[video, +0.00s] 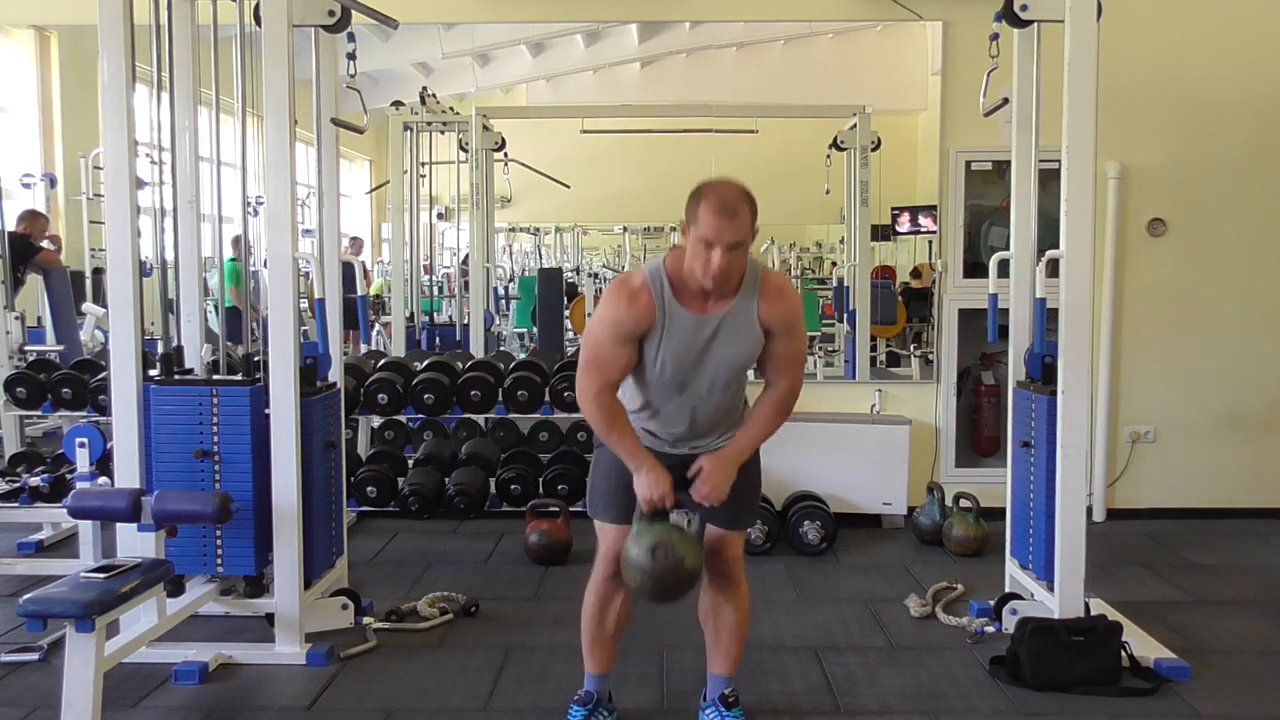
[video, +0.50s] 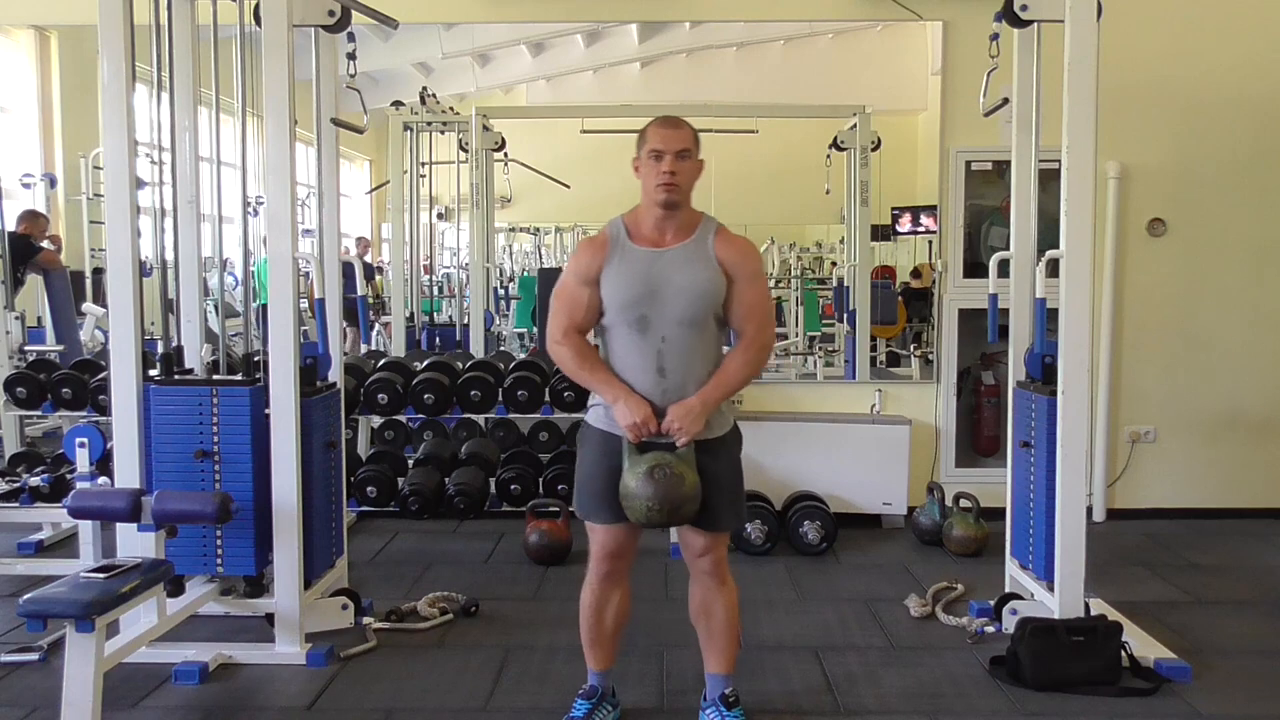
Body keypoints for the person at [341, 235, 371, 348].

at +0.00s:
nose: (361, 250)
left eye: (362, 247)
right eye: (359, 247)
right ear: (351, 245)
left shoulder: (361, 264)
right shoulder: (340, 262)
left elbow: (369, 282)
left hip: (358, 300)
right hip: (343, 300)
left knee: (356, 340)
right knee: (342, 338)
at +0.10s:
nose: (362, 250)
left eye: (363, 247)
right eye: (360, 246)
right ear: (352, 246)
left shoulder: (362, 264)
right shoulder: (342, 262)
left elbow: (368, 281)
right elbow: (338, 280)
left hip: (359, 300)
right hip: (345, 300)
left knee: (356, 339)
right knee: (343, 337)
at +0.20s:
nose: (363, 249)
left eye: (364, 247)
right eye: (361, 246)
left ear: (364, 247)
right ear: (353, 246)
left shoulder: (364, 266)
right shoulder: (342, 264)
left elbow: (369, 286)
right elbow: (338, 284)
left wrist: (372, 306)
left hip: (360, 303)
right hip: (345, 302)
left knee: (357, 339)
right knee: (343, 336)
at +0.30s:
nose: (364, 249)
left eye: (365, 246)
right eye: (362, 246)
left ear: (366, 247)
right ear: (354, 246)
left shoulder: (366, 266)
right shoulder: (343, 263)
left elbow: (370, 285)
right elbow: (339, 283)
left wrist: (374, 301)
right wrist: (338, 300)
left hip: (360, 302)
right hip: (346, 301)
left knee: (357, 338)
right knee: (345, 336)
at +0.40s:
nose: (366, 250)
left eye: (367, 247)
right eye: (363, 246)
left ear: (367, 248)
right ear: (356, 246)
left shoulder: (367, 266)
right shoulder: (344, 263)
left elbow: (372, 284)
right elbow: (339, 281)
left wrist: (375, 300)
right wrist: (338, 298)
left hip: (360, 301)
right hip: (346, 300)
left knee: (357, 336)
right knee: (347, 335)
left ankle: (355, 360)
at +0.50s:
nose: (367, 250)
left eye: (368, 247)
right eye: (365, 247)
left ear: (369, 248)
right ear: (357, 247)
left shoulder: (368, 266)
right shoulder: (346, 263)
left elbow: (373, 284)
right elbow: (339, 281)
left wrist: (377, 300)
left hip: (362, 300)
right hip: (348, 300)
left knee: (361, 332)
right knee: (352, 331)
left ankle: (359, 358)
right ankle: (349, 358)